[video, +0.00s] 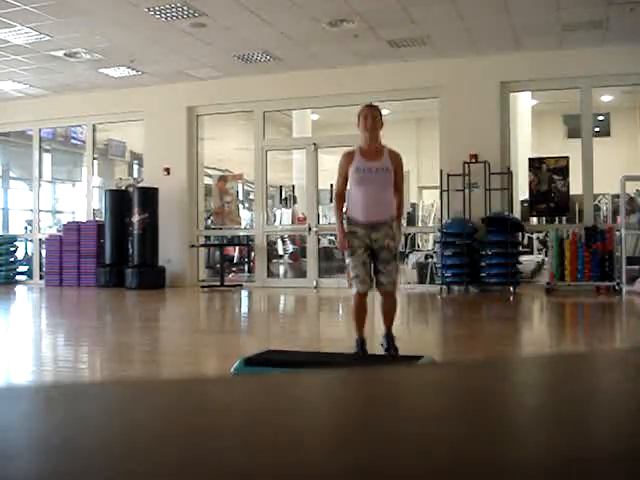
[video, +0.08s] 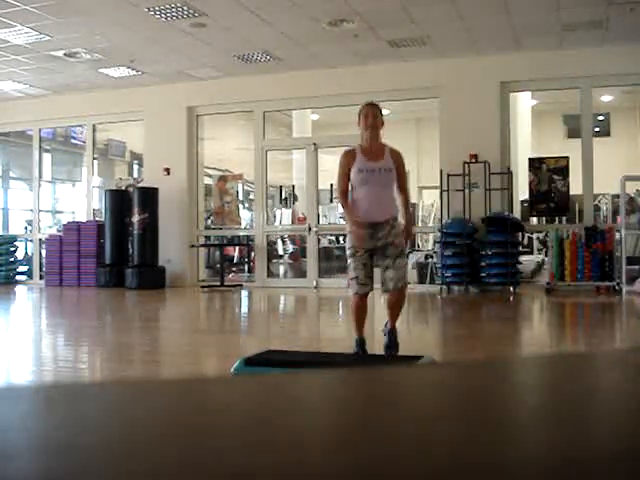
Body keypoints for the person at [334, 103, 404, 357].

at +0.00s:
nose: (369, 123)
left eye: (374, 118)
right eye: (365, 118)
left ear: (381, 123)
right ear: (358, 123)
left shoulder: (393, 157)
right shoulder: (349, 158)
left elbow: (398, 192)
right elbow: (339, 194)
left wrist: (398, 221)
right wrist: (340, 230)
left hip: (386, 226)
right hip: (356, 227)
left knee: (388, 288)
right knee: (361, 288)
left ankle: (388, 335)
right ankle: (360, 340)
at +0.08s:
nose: (370, 121)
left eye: (375, 116)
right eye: (366, 117)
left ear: (382, 122)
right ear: (359, 122)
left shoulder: (394, 156)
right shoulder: (349, 156)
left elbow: (403, 191)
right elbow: (341, 192)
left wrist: (409, 222)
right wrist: (351, 220)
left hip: (390, 225)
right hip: (360, 226)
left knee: (398, 286)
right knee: (360, 289)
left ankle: (391, 328)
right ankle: (359, 339)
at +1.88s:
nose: (324, 77)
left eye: (330, 71)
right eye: (320, 73)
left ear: (342, 76)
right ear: (315, 79)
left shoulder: (351, 110)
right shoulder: (311, 118)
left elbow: (345, 95)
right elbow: (272, 124)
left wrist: (304, 82)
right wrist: (270, 87)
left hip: (354, 195)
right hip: (323, 200)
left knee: (369, 267)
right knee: (301, 267)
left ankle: (393, 331)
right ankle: (310, 335)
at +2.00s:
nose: (316, 59)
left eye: (321, 54)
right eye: (311, 55)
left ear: (330, 60)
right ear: (304, 61)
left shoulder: (340, 90)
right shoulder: (296, 97)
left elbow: (359, 107)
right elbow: (265, 125)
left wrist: (338, 97)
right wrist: (246, 110)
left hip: (341, 172)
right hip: (308, 178)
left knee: (352, 242)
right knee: (304, 253)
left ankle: (381, 295)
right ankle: (305, 326)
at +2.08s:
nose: (309, 60)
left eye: (315, 55)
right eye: (304, 55)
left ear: (324, 61)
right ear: (297, 63)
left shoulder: (337, 94)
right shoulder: (291, 99)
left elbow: (361, 121)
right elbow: (268, 133)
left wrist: (349, 138)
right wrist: (250, 134)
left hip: (335, 172)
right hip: (304, 178)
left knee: (338, 233)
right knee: (299, 252)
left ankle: (371, 261)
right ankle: (303, 324)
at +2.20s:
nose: (302, 78)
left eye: (307, 73)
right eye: (297, 73)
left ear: (315, 78)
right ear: (289, 80)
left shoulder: (327, 117)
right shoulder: (281, 119)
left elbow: (352, 158)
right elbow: (271, 155)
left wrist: (367, 197)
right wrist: (264, 180)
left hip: (325, 191)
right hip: (294, 196)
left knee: (322, 247)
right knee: (289, 270)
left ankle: (357, 237)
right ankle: (305, 333)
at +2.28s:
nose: (301, 80)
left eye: (306, 76)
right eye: (296, 76)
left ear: (314, 82)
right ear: (287, 82)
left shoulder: (325, 120)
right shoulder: (278, 122)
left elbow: (349, 163)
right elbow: (269, 161)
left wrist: (364, 200)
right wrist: (265, 184)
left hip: (324, 195)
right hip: (292, 200)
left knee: (315, 249)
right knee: (285, 270)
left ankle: (352, 243)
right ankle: (304, 333)